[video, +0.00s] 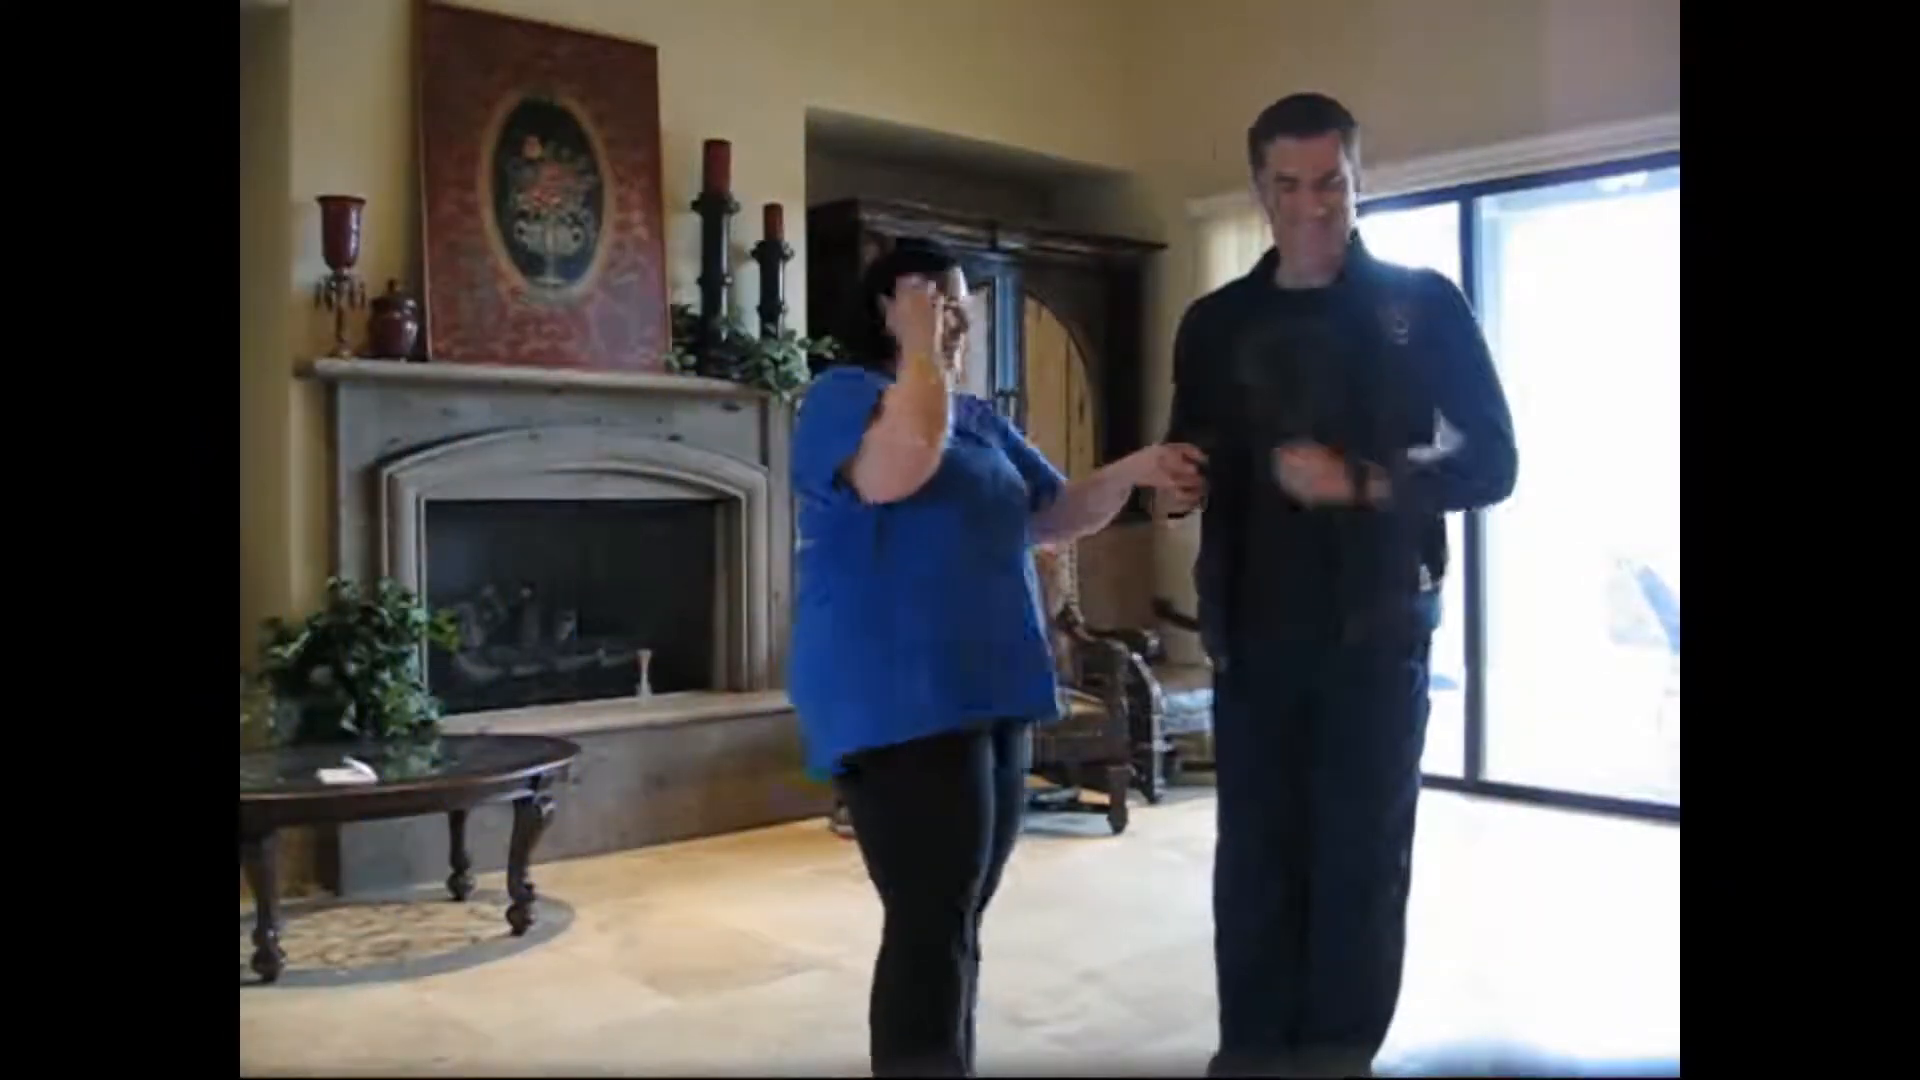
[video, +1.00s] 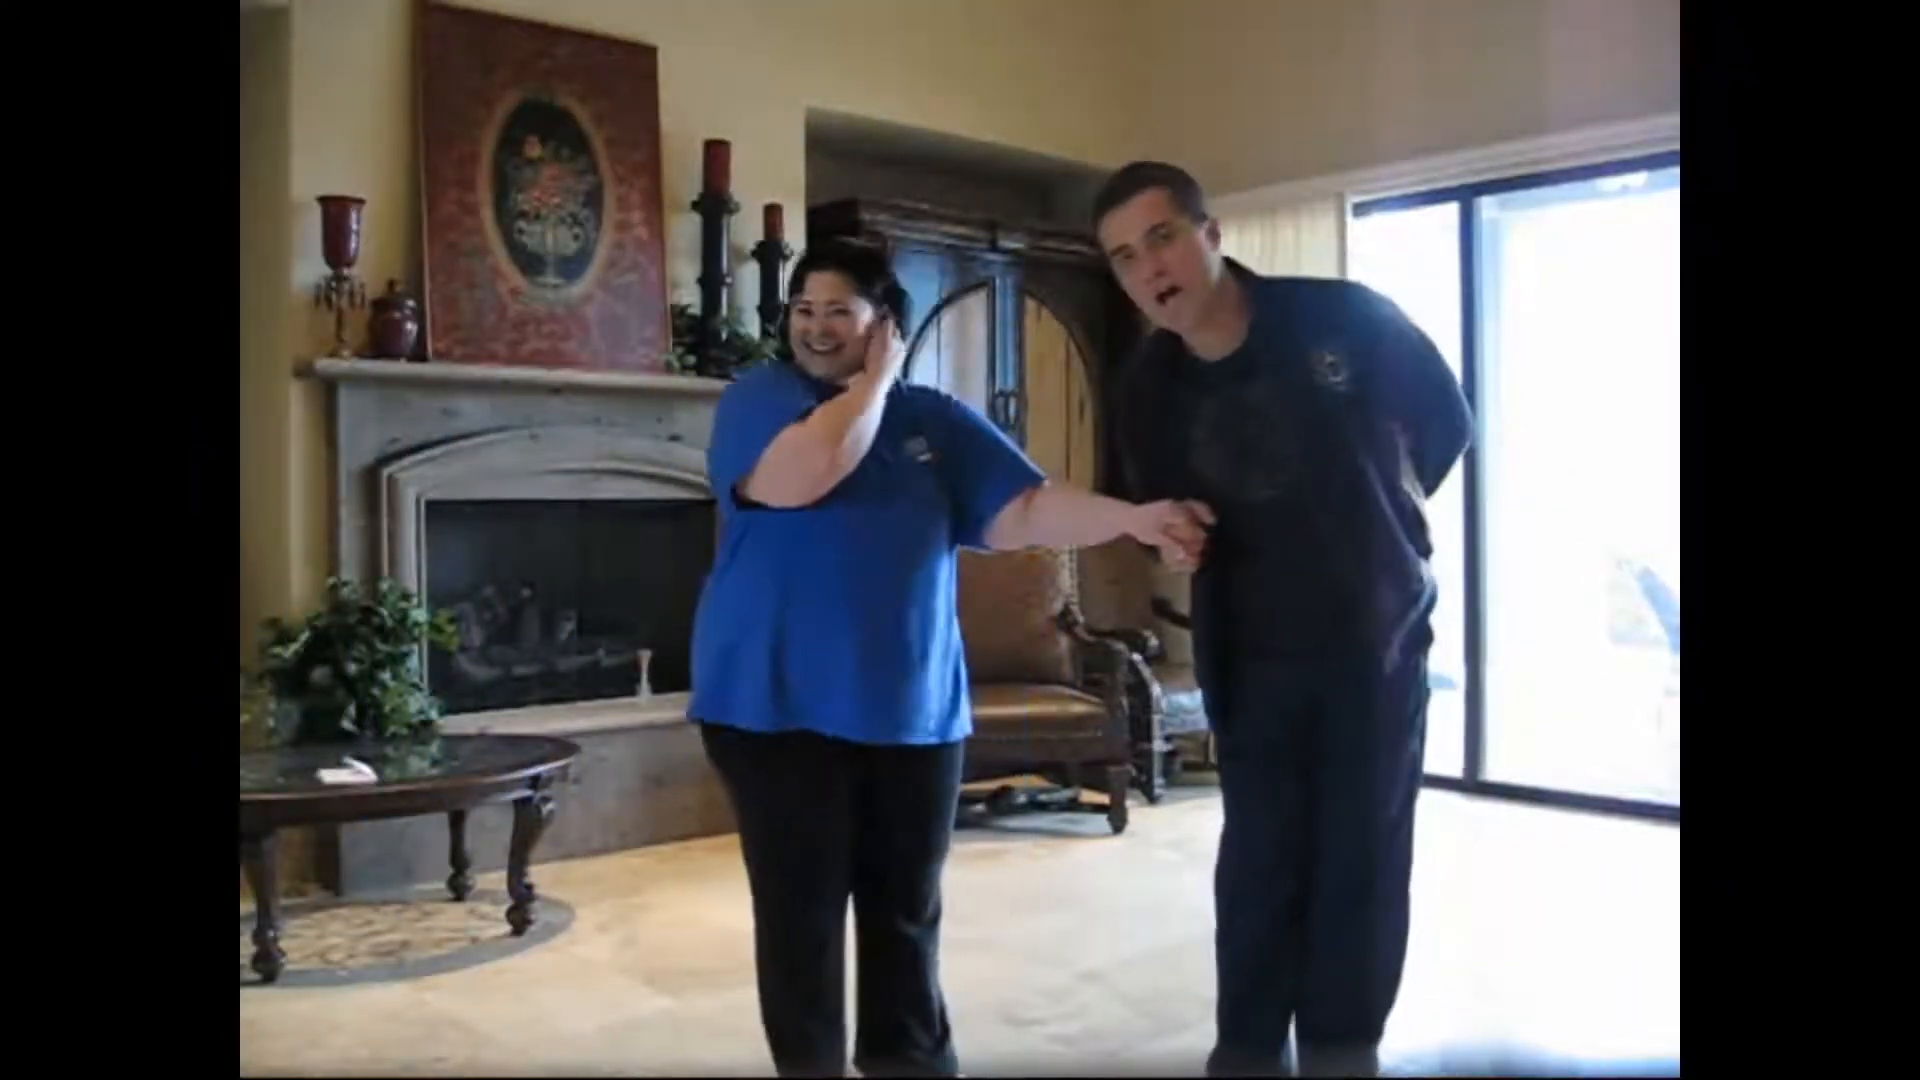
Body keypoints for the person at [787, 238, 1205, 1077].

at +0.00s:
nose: (953, 304)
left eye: (958, 292)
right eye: (931, 292)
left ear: (968, 313)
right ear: (882, 309)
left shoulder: (979, 419)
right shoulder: (840, 399)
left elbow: (1054, 512)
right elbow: (892, 472)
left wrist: (1135, 470)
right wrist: (921, 352)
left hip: (993, 699)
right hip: (898, 703)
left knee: (956, 920)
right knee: (931, 919)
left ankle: (947, 1064)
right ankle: (916, 1071)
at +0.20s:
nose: (961, 321)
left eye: (962, 308)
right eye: (939, 310)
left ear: (965, 323)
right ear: (885, 328)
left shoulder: (988, 422)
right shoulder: (829, 405)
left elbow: (1069, 513)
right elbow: (831, 471)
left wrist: (1154, 461)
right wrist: (871, 359)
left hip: (990, 702)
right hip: (865, 702)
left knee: (933, 911)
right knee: (921, 907)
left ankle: (905, 1064)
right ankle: (916, 1069)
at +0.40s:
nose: (935, 315)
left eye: (942, 303)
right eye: (912, 304)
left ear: (955, 324)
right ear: (864, 323)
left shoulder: (989, 420)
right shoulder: (817, 406)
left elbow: (1063, 510)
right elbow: (778, 490)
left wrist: (1154, 465)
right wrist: (868, 393)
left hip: (978, 705)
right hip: (846, 702)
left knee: (935, 924)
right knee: (870, 921)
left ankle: (923, 1070)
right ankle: (862, 1072)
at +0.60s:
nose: (888, 330)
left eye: (903, 315)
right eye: (871, 313)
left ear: (929, 329)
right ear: (838, 326)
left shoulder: (971, 421)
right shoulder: (794, 409)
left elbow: (1059, 503)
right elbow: (784, 486)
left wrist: (1157, 488)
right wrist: (852, 351)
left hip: (955, 710)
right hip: (817, 707)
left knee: (923, 915)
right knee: (825, 919)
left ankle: (915, 1066)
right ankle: (814, 1070)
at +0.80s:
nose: (837, 322)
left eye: (856, 307)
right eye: (824, 307)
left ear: (899, 318)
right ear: (805, 314)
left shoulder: (947, 416)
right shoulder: (768, 395)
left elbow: (1038, 505)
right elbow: (802, 462)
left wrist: (1154, 506)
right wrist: (889, 352)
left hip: (927, 709)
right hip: (788, 703)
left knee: (914, 917)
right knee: (808, 920)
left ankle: (913, 1064)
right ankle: (812, 1067)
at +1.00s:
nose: (815, 325)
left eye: (837, 311)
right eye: (803, 309)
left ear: (883, 324)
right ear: (787, 315)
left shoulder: (930, 418)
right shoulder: (756, 396)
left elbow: (1021, 507)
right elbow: (791, 478)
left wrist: (1137, 517)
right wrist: (876, 381)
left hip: (911, 714)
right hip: (773, 708)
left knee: (906, 923)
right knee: (800, 927)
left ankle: (911, 1068)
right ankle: (811, 1070)